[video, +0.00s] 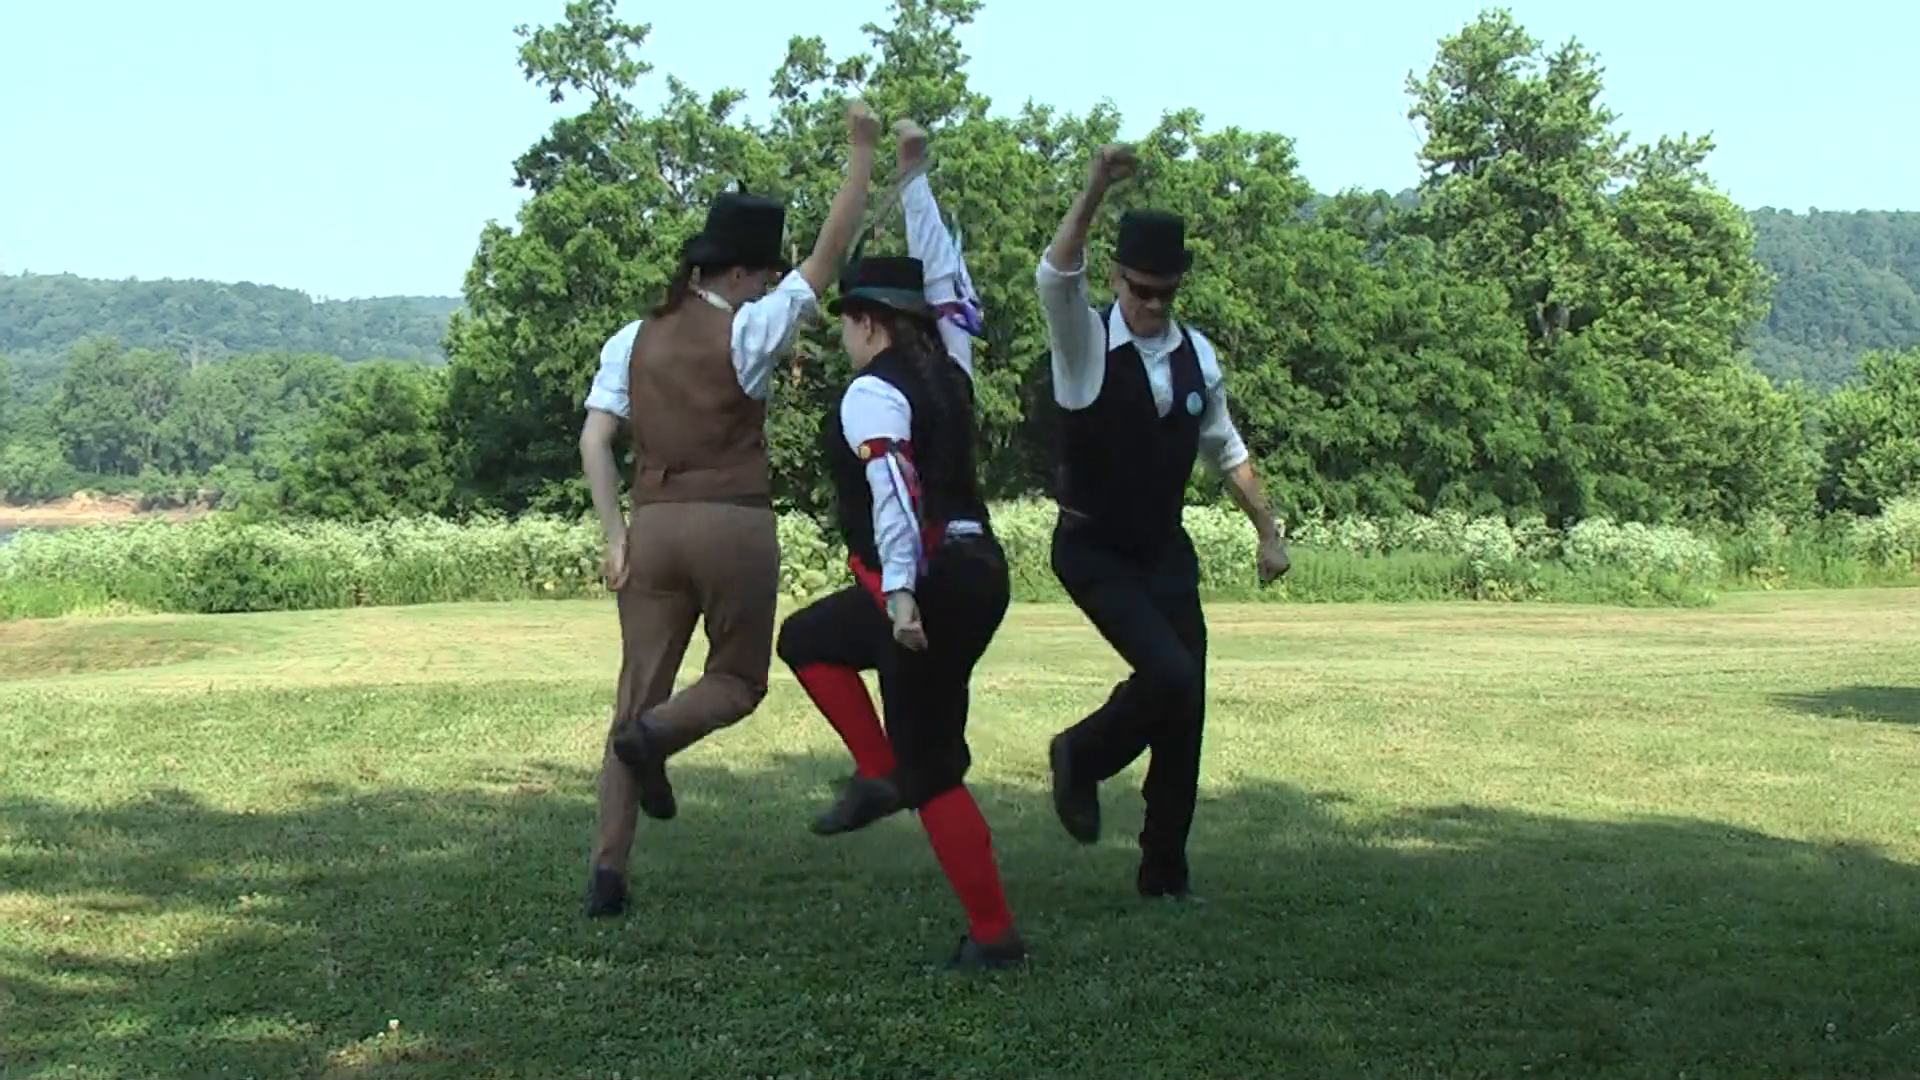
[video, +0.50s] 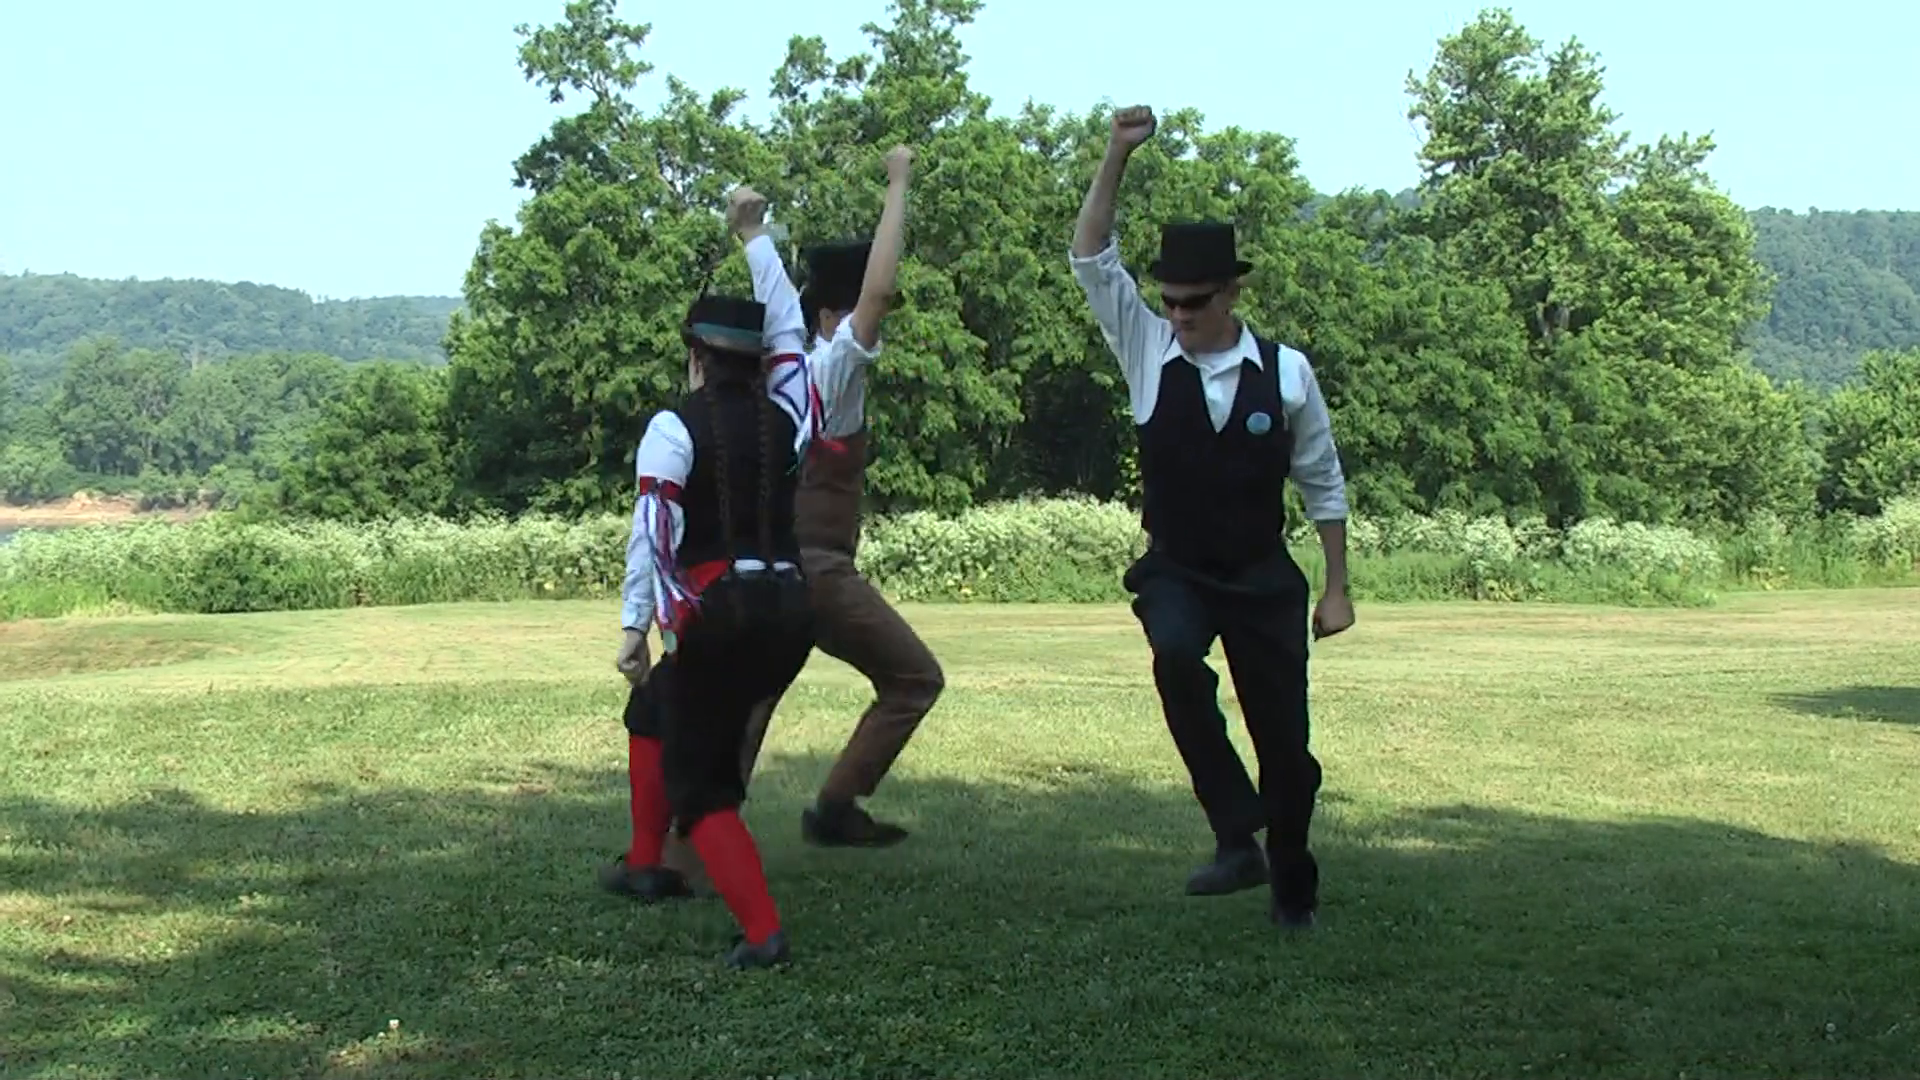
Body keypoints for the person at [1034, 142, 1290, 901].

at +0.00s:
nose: (1152, 307)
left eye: (1164, 294)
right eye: (1140, 292)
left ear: (1180, 286)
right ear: (1114, 280)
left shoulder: (1197, 356)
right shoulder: (1085, 341)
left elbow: (1224, 445)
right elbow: (1057, 276)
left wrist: (1267, 522)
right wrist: (1093, 189)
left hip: (1165, 547)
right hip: (1092, 547)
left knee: (1184, 697)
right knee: (1171, 676)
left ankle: (1164, 866)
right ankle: (1077, 757)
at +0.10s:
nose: (1164, 267)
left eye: (1177, 255)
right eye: (1153, 253)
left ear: (1196, 246)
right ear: (1132, 240)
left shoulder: (1223, 317)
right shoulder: (1097, 297)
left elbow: (1246, 417)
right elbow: (1060, 221)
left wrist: (1269, 510)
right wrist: (1087, 129)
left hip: (1191, 512)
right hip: (1113, 506)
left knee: (1197, 684)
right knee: (1181, 599)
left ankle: (1177, 847)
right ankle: (1161, 750)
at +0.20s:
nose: (1181, 260)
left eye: (1194, 247)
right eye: (1169, 245)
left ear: (1216, 235)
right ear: (1148, 229)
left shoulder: (1249, 313)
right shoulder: (1114, 284)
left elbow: (1270, 415)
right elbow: (1069, 199)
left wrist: (1285, 509)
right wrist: (1093, 102)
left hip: (1212, 502)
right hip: (1131, 493)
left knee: (1228, 675)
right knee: (1186, 565)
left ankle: (1225, 853)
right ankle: (1207, 730)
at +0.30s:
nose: (1195, 286)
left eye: (1209, 273)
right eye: (1182, 272)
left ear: (1236, 258)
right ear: (1165, 258)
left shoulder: (1273, 340)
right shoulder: (1135, 312)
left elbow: (1293, 445)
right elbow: (1081, 222)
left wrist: (1301, 542)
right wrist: (1109, 122)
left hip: (1234, 536)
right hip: (1156, 527)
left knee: (1260, 714)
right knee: (1189, 590)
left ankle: (1281, 881)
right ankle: (1233, 750)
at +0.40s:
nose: (1192, 318)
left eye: (1206, 305)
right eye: (1181, 304)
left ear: (1239, 293)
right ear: (1169, 297)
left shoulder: (1287, 374)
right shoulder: (1149, 348)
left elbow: (1313, 478)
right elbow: (1094, 257)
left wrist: (1324, 578)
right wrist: (1118, 155)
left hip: (1255, 568)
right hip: (1171, 563)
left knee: (1287, 738)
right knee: (1191, 635)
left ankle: (1293, 891)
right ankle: (1242, 802)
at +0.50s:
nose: (1181, 318)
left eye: (1195, 305)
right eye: (1171, 305)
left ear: (1232, 293)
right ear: (1160, 296)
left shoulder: (1286, 374)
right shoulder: (1147, 347)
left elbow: (1323, 479)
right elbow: (1091, 258)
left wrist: (1336, 581)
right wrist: (1115, 152)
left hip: (1260, 577)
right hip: (1176, 573)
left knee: (1285, 747)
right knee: (1175, 662)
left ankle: (1293, 888)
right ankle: (1236, 838)